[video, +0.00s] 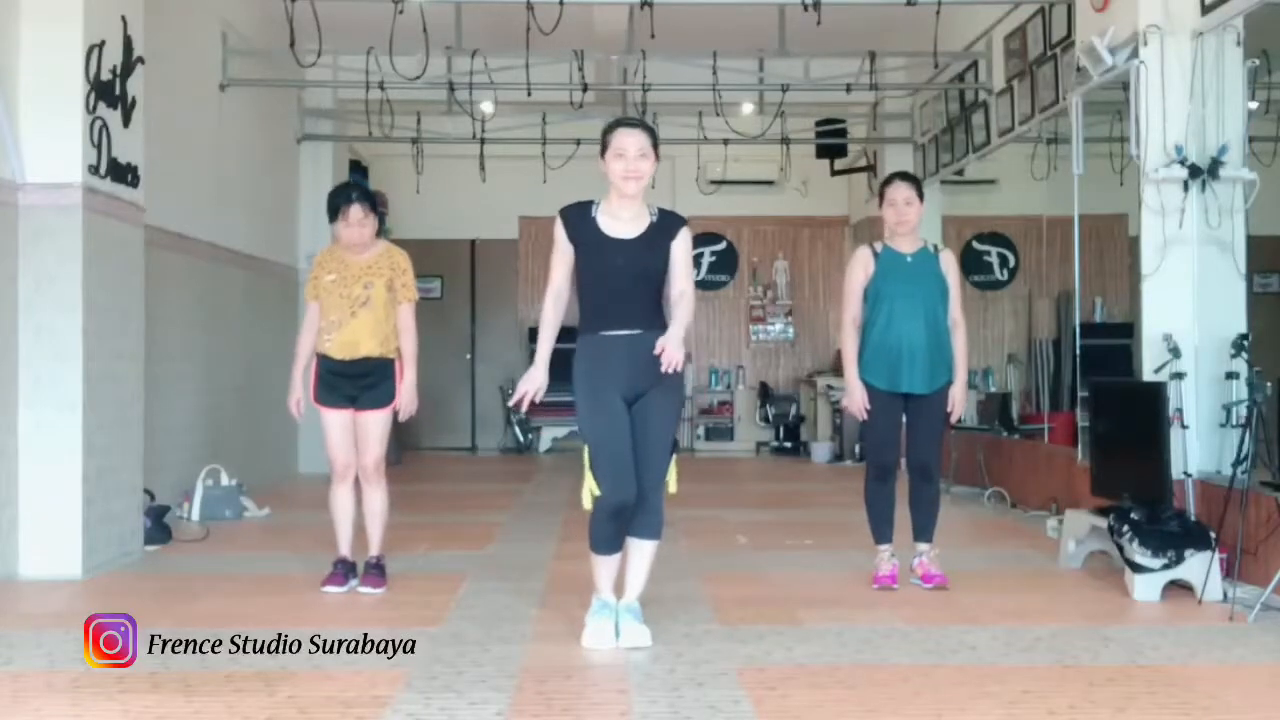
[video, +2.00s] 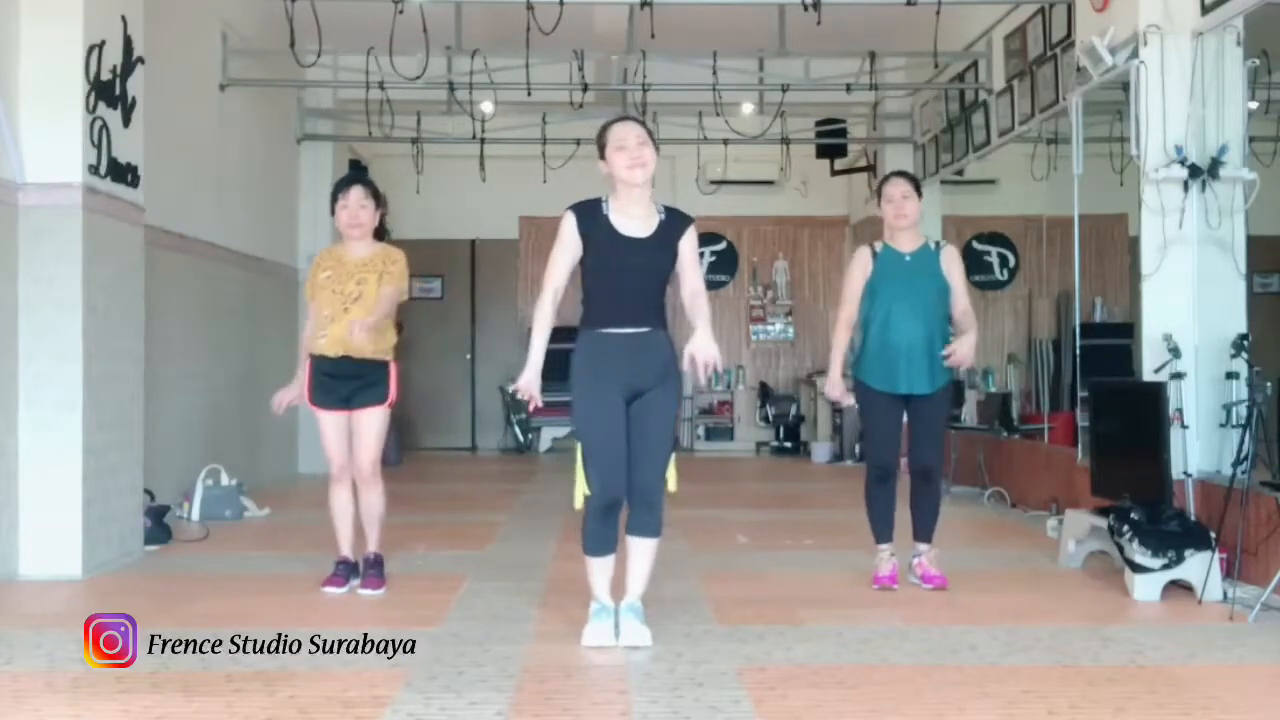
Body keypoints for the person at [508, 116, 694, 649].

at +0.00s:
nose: (631, 164)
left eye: (641, 154)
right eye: (620, 154)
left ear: (655, 163)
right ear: (603, 162)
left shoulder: (672, 227)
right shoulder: (573, 222)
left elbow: (682, 294)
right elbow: (556, 295)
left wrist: (678, 331)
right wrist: (540, 364)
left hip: (658, 365)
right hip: (597, 366)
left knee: (650, 490)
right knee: (617, 491)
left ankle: (630, 606)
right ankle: (603, 603)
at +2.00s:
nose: (636, 154)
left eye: (642, 144)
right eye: (623, 148)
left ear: (657, 154)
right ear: (605, 163)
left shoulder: (679, 226)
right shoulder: (581, 219)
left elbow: (694, 293)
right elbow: (550, 293)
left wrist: (703, 332)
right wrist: (533, 366)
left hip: (657, 364)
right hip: (597, 364)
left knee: (649, 488)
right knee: (606, 489)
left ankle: (633, 605)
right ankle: (601, 606)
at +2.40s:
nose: (635, 157)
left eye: (643, 148)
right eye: (623, 151)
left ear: (659, 160)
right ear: (606, 166)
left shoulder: (674, 232)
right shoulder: (579, 220)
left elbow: (683, 303)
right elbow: (543, 292)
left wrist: (699, 329)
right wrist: (529, 364)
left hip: (659, 365)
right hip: (600, 366)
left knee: (651, 490)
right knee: (615, 494)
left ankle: (632, 605)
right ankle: (602, 605)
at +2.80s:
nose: (615, 150)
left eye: (626, 143)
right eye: (606, 142)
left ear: (646, 156)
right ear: (592, 154)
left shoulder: (670, 219)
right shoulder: (571, 221)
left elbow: (685, 297)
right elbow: (550, 297)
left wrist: (698, 367)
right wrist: (552, 360)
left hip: (647, 363)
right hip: (583, 362)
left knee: (641, 484)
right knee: (591, 486)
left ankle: (630, 605)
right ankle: (599, 605)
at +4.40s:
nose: (630, 166)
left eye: (641, 157)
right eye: (620, 156)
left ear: (657, 167)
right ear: (604, 164)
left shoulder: (669, 236)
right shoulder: (575, 220)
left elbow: (675, 315)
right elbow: (538, 292)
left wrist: (690, 316)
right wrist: (513, 358)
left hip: (655, 366)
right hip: (596, 366)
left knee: (647, 489)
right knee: (603, 494)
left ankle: (632, 604)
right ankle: (601, 606)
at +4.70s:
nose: (617, 159)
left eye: (629, 150)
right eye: (607, 149)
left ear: (646, 160)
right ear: (593, 158)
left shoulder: (669, 221)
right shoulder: (570, 221)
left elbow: (685, 297)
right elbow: (543, 297)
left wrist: (695, 361)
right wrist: (537, 363)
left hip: (646, 363)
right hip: (585, 362)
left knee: (639, 484)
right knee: (594, 485)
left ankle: (631, 604)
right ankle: (599, 606)